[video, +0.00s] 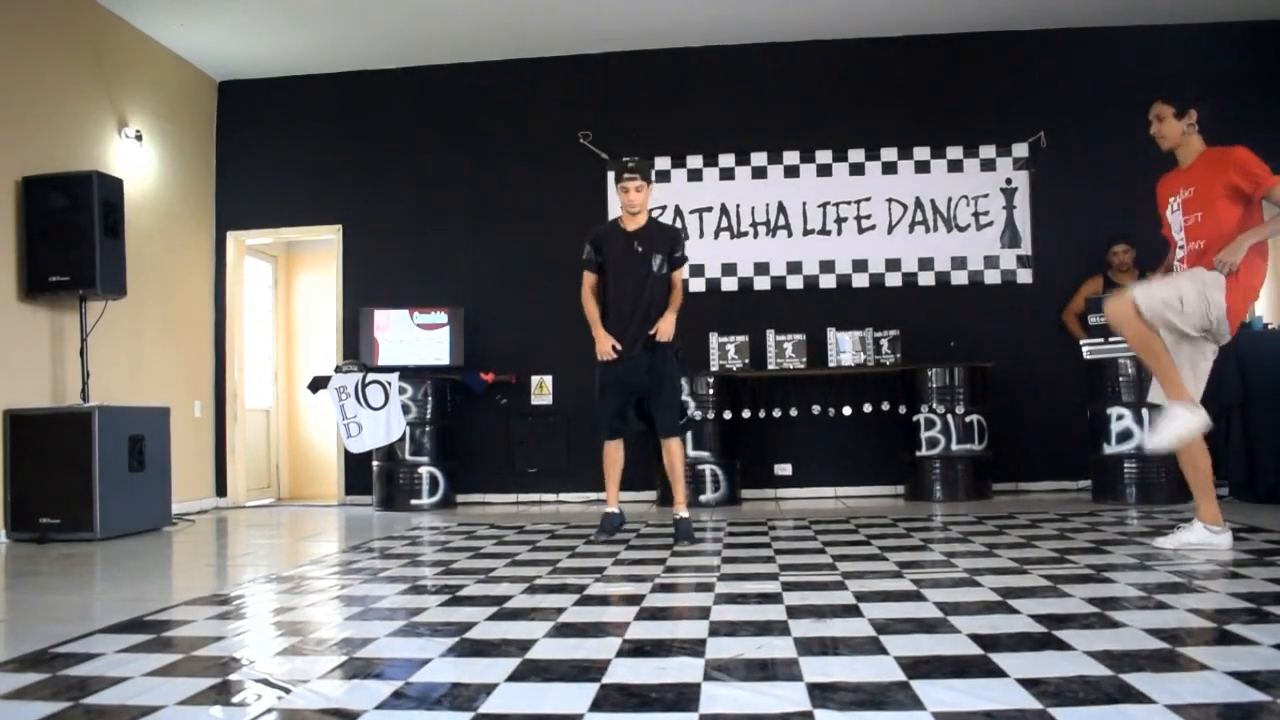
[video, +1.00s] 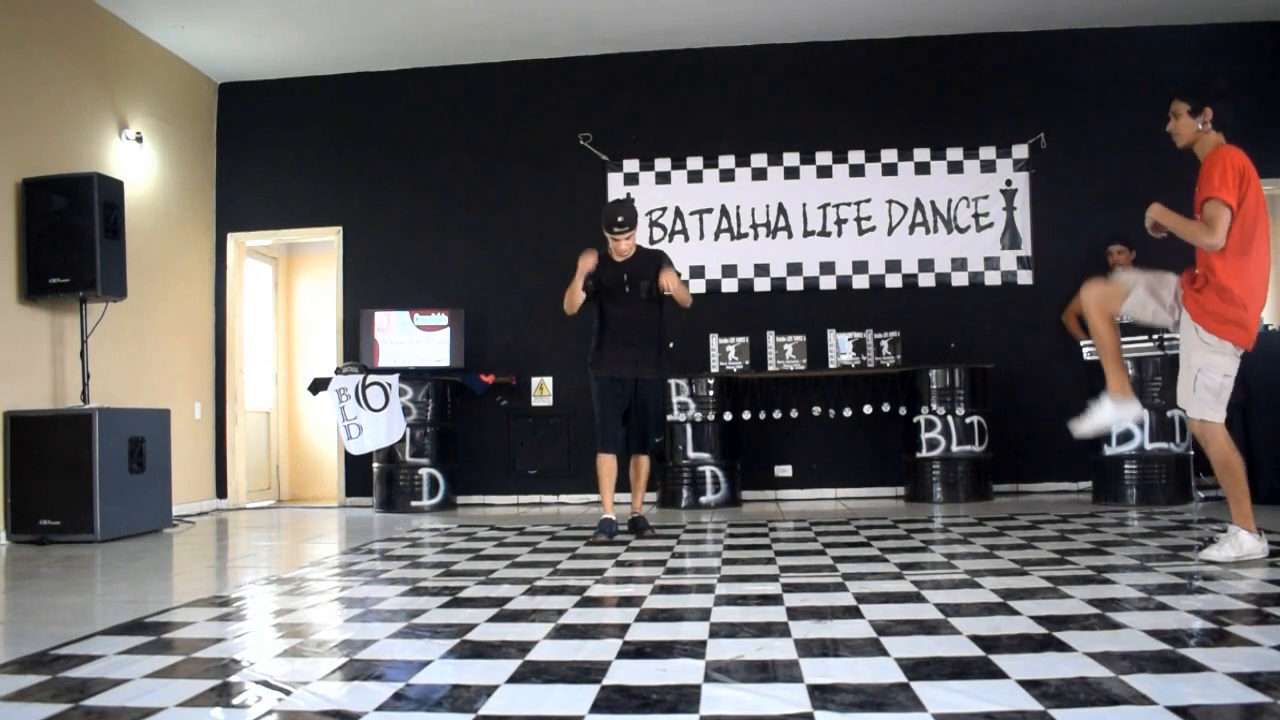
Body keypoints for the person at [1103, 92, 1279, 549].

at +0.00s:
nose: (1153, 129)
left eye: (1160, 119)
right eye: (1151, 122)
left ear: (1190, 120)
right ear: (1161, 130)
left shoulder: (1234, 159)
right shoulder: (1166, 186)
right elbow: (1178, 247)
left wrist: (1246, 239)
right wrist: (1157, 281)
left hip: (1225, 286)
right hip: (1189, 294)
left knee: (1121, 306)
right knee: (1176, 411)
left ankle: (1183, 407)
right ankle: (1211, 525)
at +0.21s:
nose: (1160, 118)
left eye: (1167, 109)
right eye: (1158, 111)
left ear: (1198, 109)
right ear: (1176, 115)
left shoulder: (1238, 153)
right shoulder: (1178, 174)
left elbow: (1277, 217)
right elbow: (1193, 240)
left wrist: (1235, 240)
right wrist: (1163, 267)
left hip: (1221, 298)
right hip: (1183, 301)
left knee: (1195, 409)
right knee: (1185, 412)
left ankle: (1244, 522)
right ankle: (1210, 524)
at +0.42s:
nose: (1173, 119)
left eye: (1180, 109)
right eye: (1171, 112)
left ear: (1211, 107)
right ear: (1194, 114)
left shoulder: (1256, 153)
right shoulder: (1195, 174)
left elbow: (1277, 219)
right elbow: (1201, 250)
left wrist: (1212, 217)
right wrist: (1168, 289)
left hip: (1228, 319)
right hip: (1177, 307)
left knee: (1216, 425)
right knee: (1111, 370)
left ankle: (1247, 531)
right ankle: (1156, 452)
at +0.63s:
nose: (1169, 135)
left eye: (1176, 126)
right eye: (1169, 127)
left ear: (1207, 126)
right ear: (1194, 130)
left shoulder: (1237, 167)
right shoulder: (1206, 181)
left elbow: (1249, 230)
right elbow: (1209, 242)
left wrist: (1193, 209)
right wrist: (1175, 232)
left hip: (1216, 317)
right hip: (1189, 282)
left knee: (1197, 424)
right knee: (1132, 208)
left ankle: (1245, 532)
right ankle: (1059, 283)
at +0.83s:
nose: (1169, 139)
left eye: (1176, 130)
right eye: (1168, 131)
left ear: (1206, 131)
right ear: (1196, 134)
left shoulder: (1230, 173)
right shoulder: (1208, 182)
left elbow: (1209, 241)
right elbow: (1200, 254)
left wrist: (1167, 205)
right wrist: (1166, 231)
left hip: (1213, 318)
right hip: (1189, 294)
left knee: (1190, 429)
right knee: (1152, 204)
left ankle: (1244, 532)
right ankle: (1078, 262)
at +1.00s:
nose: (1169, 125)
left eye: (1176, 116)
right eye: (1169, 116)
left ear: (1205, 118)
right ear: (1200, 120)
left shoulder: (1224, 161)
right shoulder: (1218, 163)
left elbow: (1213, 235)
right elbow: (1217, 245)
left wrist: (1163, 216)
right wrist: (1138, 265)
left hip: (1221, 312)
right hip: (1193, 293)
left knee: (1206, 422)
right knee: (1096, 294)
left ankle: (1246, 533)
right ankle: (1121, 400)